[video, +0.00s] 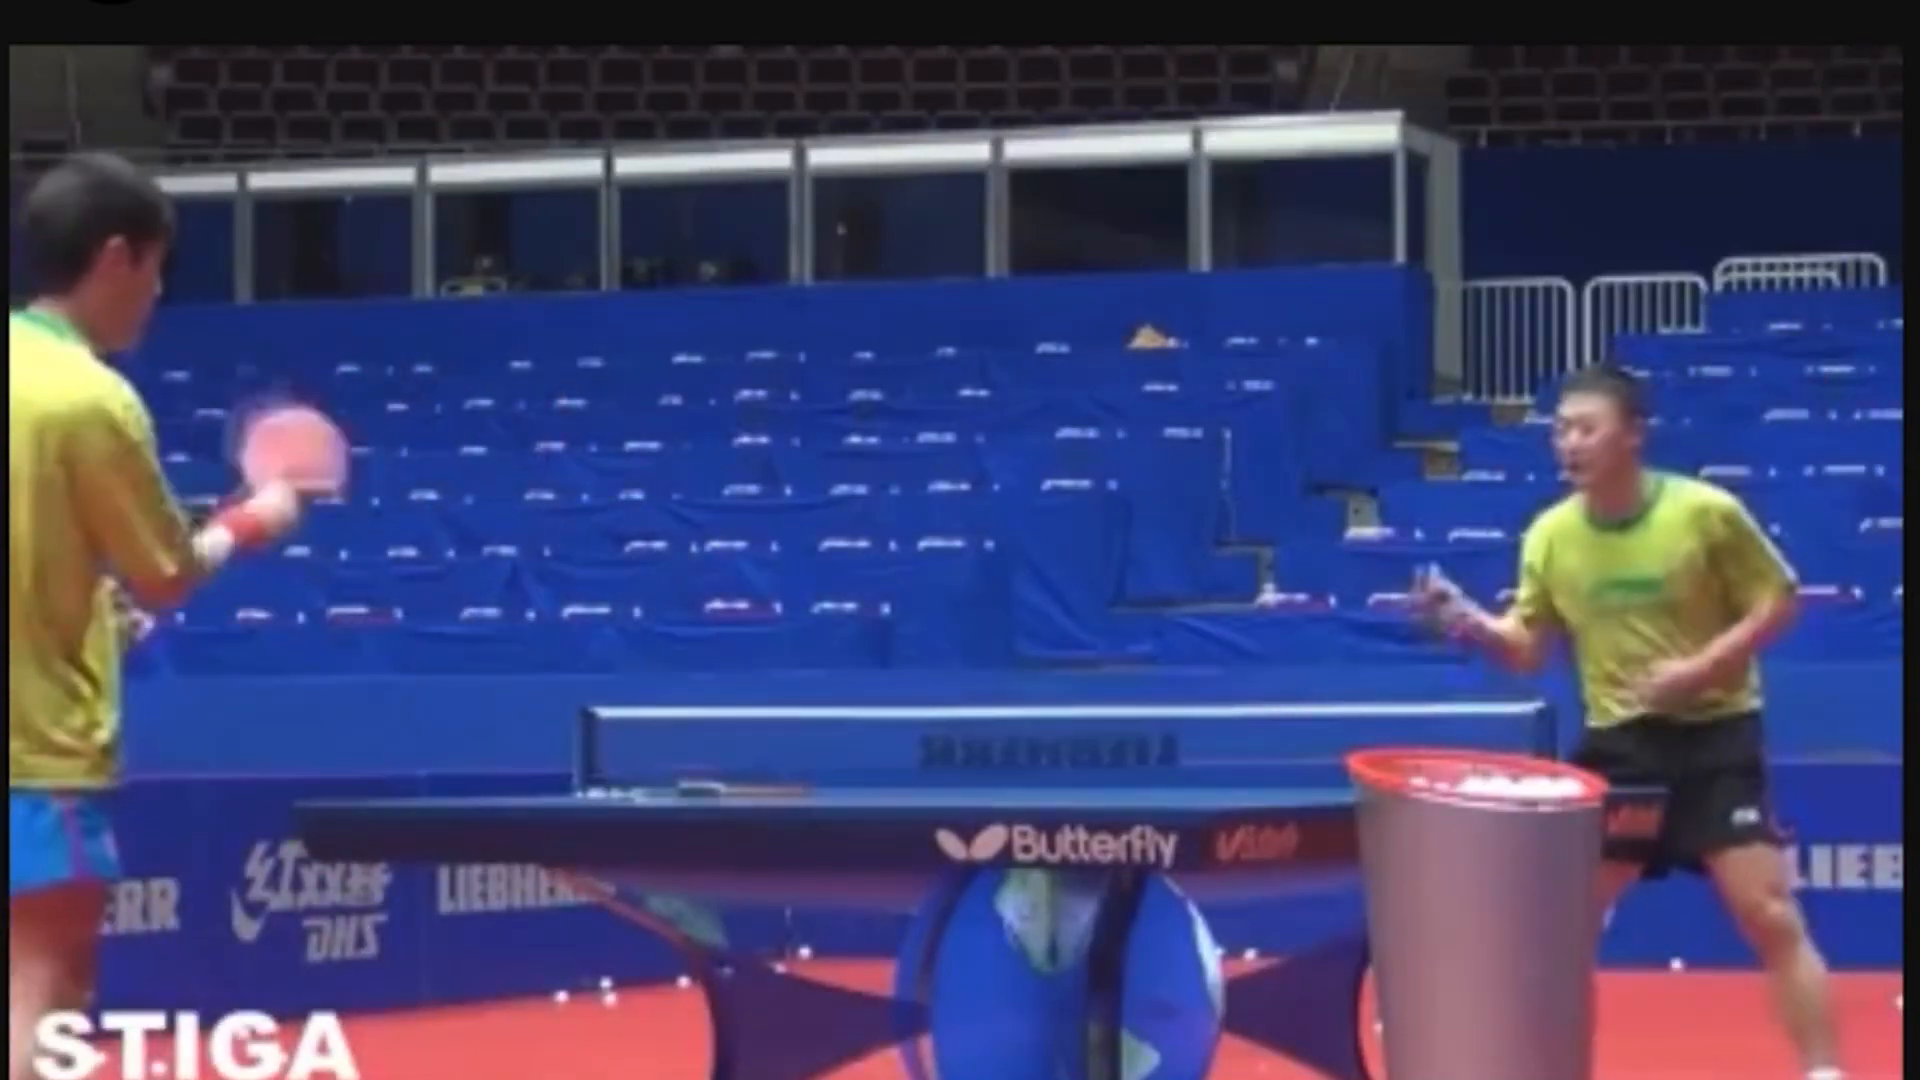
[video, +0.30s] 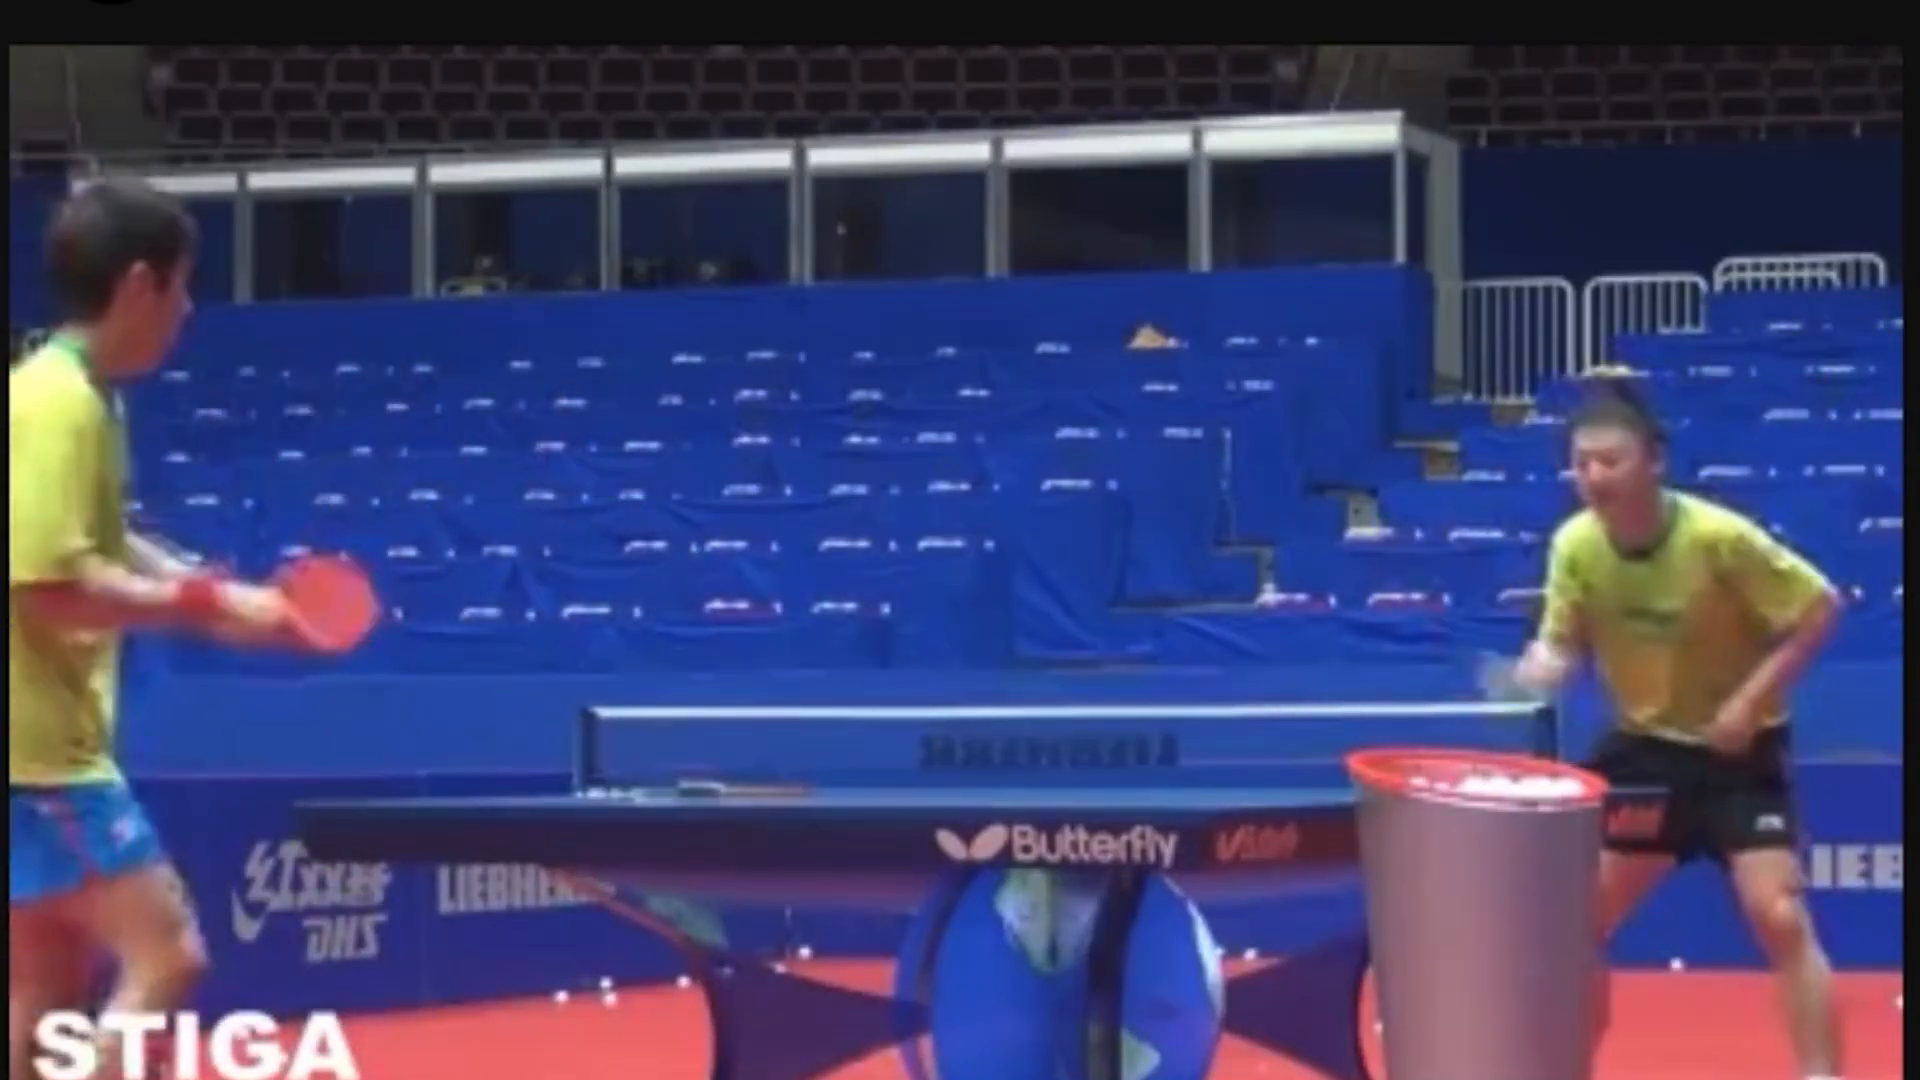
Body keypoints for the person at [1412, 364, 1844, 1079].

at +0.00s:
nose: (1568, 444)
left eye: (1585, 428)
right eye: (1560, 429)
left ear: (1633, 433)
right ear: (1555, 440)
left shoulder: (1706, 514)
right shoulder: (1548, 534)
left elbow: (1779, 598)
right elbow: (1526, 649)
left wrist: (1704, 666)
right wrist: (1469, 620)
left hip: (1714, 740)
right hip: (1615, 747)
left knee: (1770, 917)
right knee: (1562, 923)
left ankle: (1824, 1068)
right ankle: (1542, 1069)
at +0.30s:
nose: (1591, 478)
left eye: (1608, 460)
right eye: (1581, 463)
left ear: (1652, 459)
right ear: (1572, 467)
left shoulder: (1715, 536)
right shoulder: (1575, 544)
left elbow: (1820, 607)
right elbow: (1561, 640)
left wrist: (1749, 700)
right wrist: (1539, 666)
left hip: (1736, 750)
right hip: (1640, 751)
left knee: (1780, 919)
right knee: (1573, 918)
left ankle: (1820, 1070)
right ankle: (1561, 1067)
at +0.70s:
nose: (1587, 500)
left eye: (1604, 482)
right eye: (1575, 484)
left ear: (1643, 483)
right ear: (1563, 489)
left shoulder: (1706, 547)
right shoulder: (1567, 559)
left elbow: (1818, 605)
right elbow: (1552, 653)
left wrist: (1765, 695)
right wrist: (1541, 719)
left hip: (1739, 750)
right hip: (1648, 755)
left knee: (1778, 917)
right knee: (1589, 920)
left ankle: (1821, 1071)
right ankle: (1586, 1069)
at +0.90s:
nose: (1552, 489)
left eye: (1567, 472)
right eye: (1539, 474)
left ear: (1605, 472)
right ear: (1528, 480)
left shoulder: (1669, 538)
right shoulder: (1535, 561)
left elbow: (1770, 597)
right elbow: (1524, 654)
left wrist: (1708, 688)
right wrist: (1503, 687)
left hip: (1717, 746)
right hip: (1627, 758)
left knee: (1757, 913)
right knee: (1568, 922)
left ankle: (1820, 1066)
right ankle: (1581, 1068)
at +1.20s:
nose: (1572, 505)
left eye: (1585, 486)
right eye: (1557, 491)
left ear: (1620, 481)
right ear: (1543, 496)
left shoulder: (1678, 543)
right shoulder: (1566, 563)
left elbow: (1786, 603)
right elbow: (1587, 653)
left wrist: (1707, 683)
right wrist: (1556, 692)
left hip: (1741, 758)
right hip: (1652, 764)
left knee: (1779, 917)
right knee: (1576, 927)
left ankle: (1838, 1069)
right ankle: (1584, 1069)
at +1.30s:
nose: (1603, 508)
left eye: (1616, 488)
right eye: (1588, 493)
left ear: (1653, 480)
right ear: (1574, 497)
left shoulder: (1719, 539)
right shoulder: (1591, 565)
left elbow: (1829, 597)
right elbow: (1618, 670)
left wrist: (1751, 671)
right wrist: (1575, 671)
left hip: (1766, 767)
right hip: (1675, 770)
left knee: (1782, 920)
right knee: (1595, 926)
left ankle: (1839, 1072)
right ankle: (1594, 1068)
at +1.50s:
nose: (1693, 456)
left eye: (1705, 436)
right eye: (1679, 441)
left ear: (1742, 425)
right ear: (1668, 444)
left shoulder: (1805, 470)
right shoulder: (1669, 516)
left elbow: (1876, 546)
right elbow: (1700, 586)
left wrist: (1845, 608)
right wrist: (1726, 649)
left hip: (1826, 715)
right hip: (1731, 720)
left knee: (1831, 913)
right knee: (1699, 923)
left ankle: (1857, 1068)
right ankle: (1676, 1062)